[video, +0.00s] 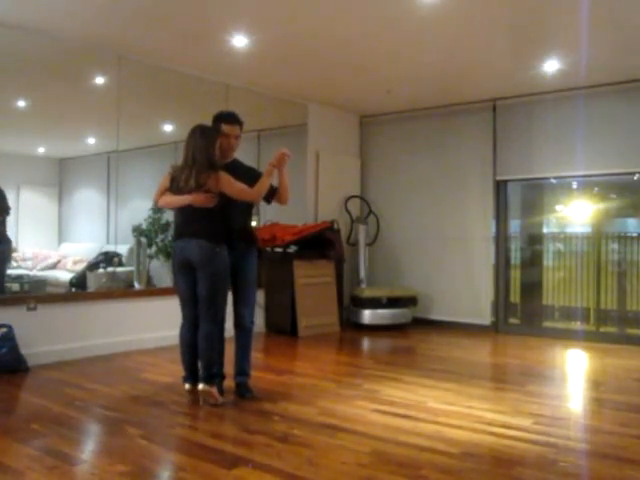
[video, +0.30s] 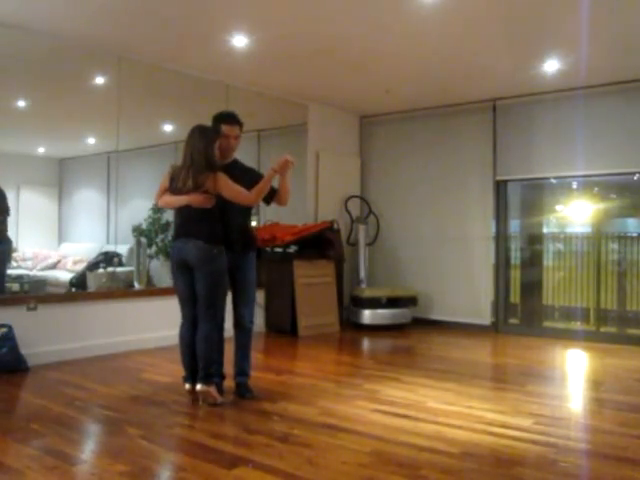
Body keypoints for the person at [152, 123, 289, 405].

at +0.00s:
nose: (222, 151)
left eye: (222, 145)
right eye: (219, 146)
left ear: (189, 146)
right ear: (211, 147)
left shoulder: (175, 174)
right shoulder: (215, 177)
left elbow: (159, 198)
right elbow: (254, 195)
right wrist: (271, 169)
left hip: (182, 247)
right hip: (209, 248)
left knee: (189, 316)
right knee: (211, 316)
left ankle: (190, 379)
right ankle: (209, 382)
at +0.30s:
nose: (223, 150)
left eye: (223, 144)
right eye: (219, 145)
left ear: (189, 146)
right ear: (210, 147)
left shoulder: (175, 173)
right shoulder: (213, 177)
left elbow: (159, 198)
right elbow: (250, 199)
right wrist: (273, 174)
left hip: (180, 247)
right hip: (207, 249)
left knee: (189, 316)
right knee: (211, 316)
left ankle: (191, 379)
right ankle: (208, 382)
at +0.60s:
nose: (222, 151)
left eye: (222, 145)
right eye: (219, 146)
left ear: (189, 146)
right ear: (209, 148)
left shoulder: (174, 173)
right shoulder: (212, 178)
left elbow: (159, 197)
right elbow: (251, 198)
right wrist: (272, 172)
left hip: (179, 247)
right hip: (207, 248)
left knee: (188, 315)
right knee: (210, 315)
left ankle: (191, 379)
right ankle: (207, 382)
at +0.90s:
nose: (225, 154)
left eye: (226, 148)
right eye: (222, 148)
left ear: (192, 148)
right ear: (211, 149)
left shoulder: (176, 175)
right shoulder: (215, 181)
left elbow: (160, 199)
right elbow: (251, 205)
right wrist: (274, 184)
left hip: (180, 249)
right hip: (207, 251)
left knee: (189, 316)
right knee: (212, 317)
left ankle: (191, 379)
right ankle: (206, 383)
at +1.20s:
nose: (242, 155)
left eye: (244, 149)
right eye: (238, 149)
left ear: (207, 151)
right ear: (227, 152)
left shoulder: (188, 177)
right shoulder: (231, 185)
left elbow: (166, 199)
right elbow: (266, 210)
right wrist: (293, 191)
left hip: (189, 254)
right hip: (219, 256)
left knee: (193, 318)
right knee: (230, 317)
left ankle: (189, 378)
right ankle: (220, 382)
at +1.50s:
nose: (269, 156)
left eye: (268, 151)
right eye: (267, 151)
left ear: (239, 150)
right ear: (260, 152)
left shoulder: (218, 180)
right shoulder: (265, 184)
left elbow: (184, 201)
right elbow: (299, 204)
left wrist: (205, 211)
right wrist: (312, 185)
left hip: (223, 254)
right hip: (256, 255)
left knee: (214, 316)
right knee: (262, 315)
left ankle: (197, 375)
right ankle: (274, 375)